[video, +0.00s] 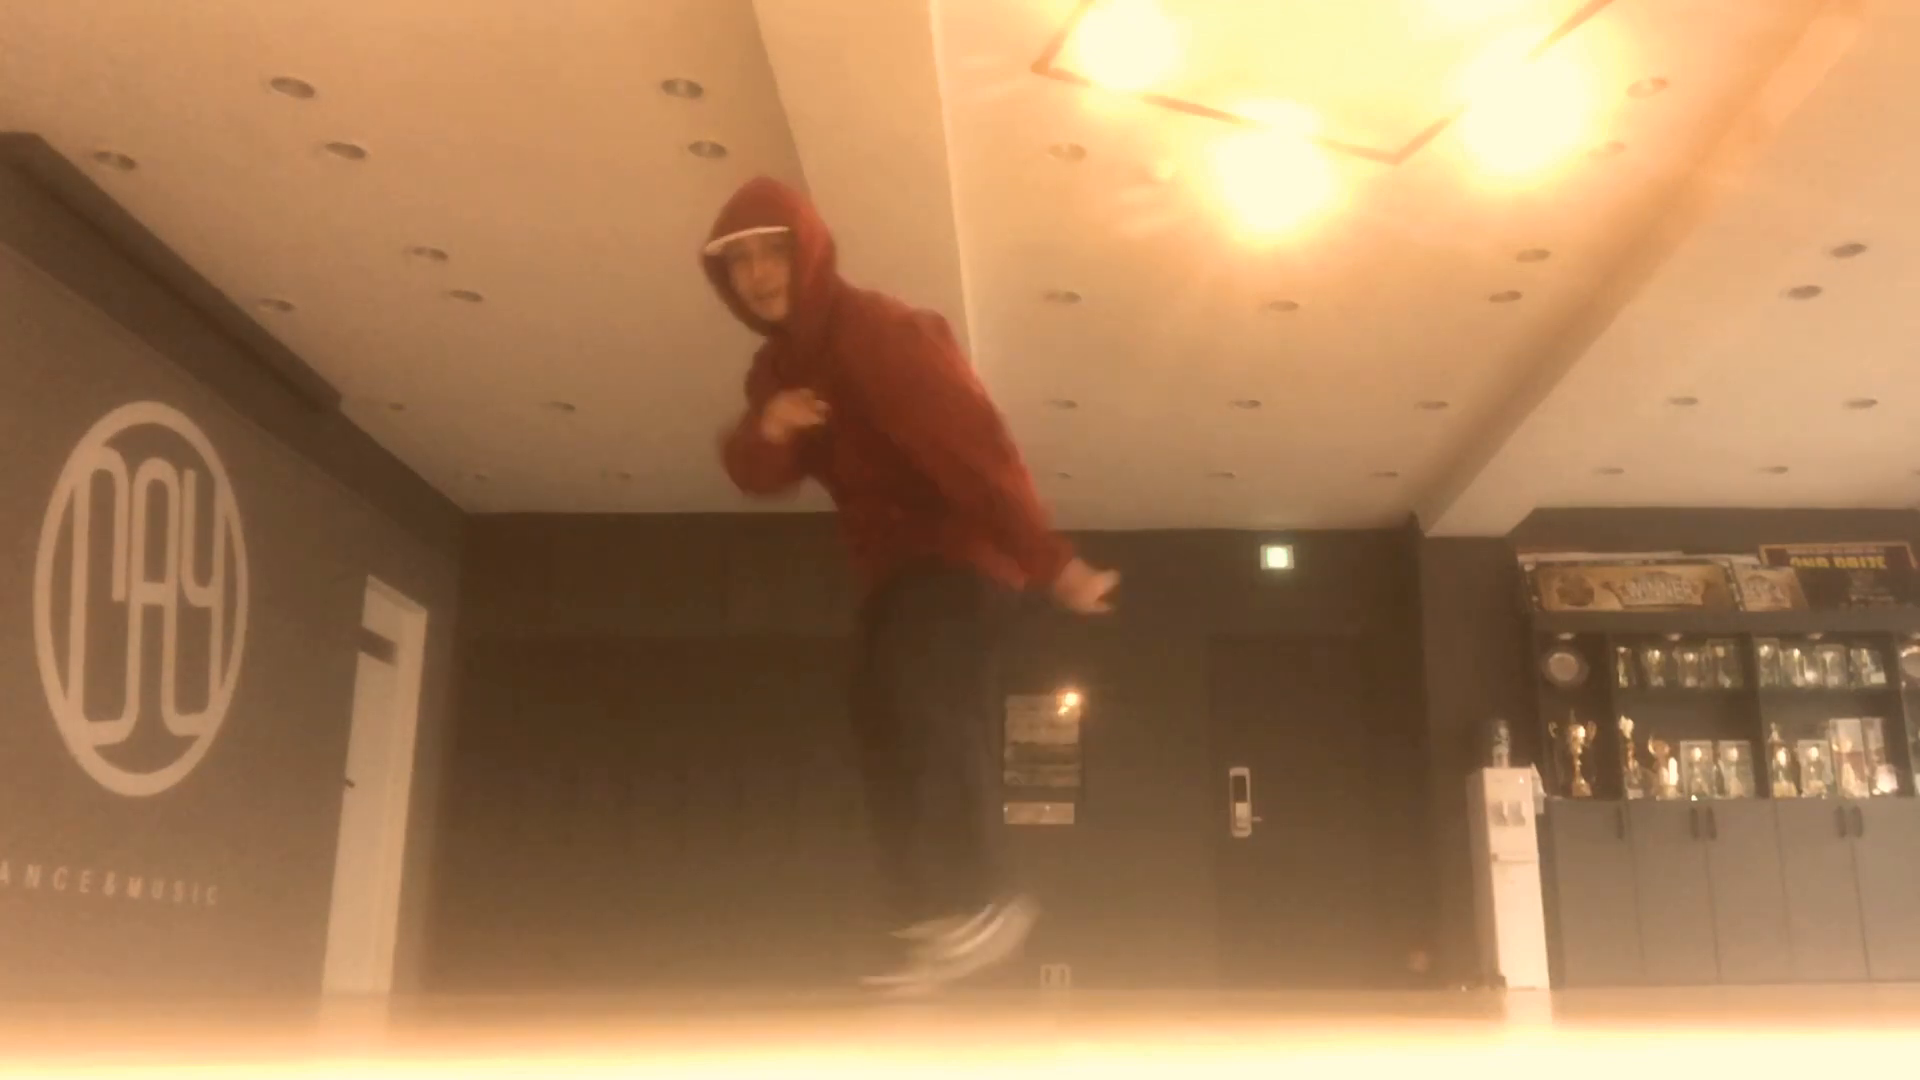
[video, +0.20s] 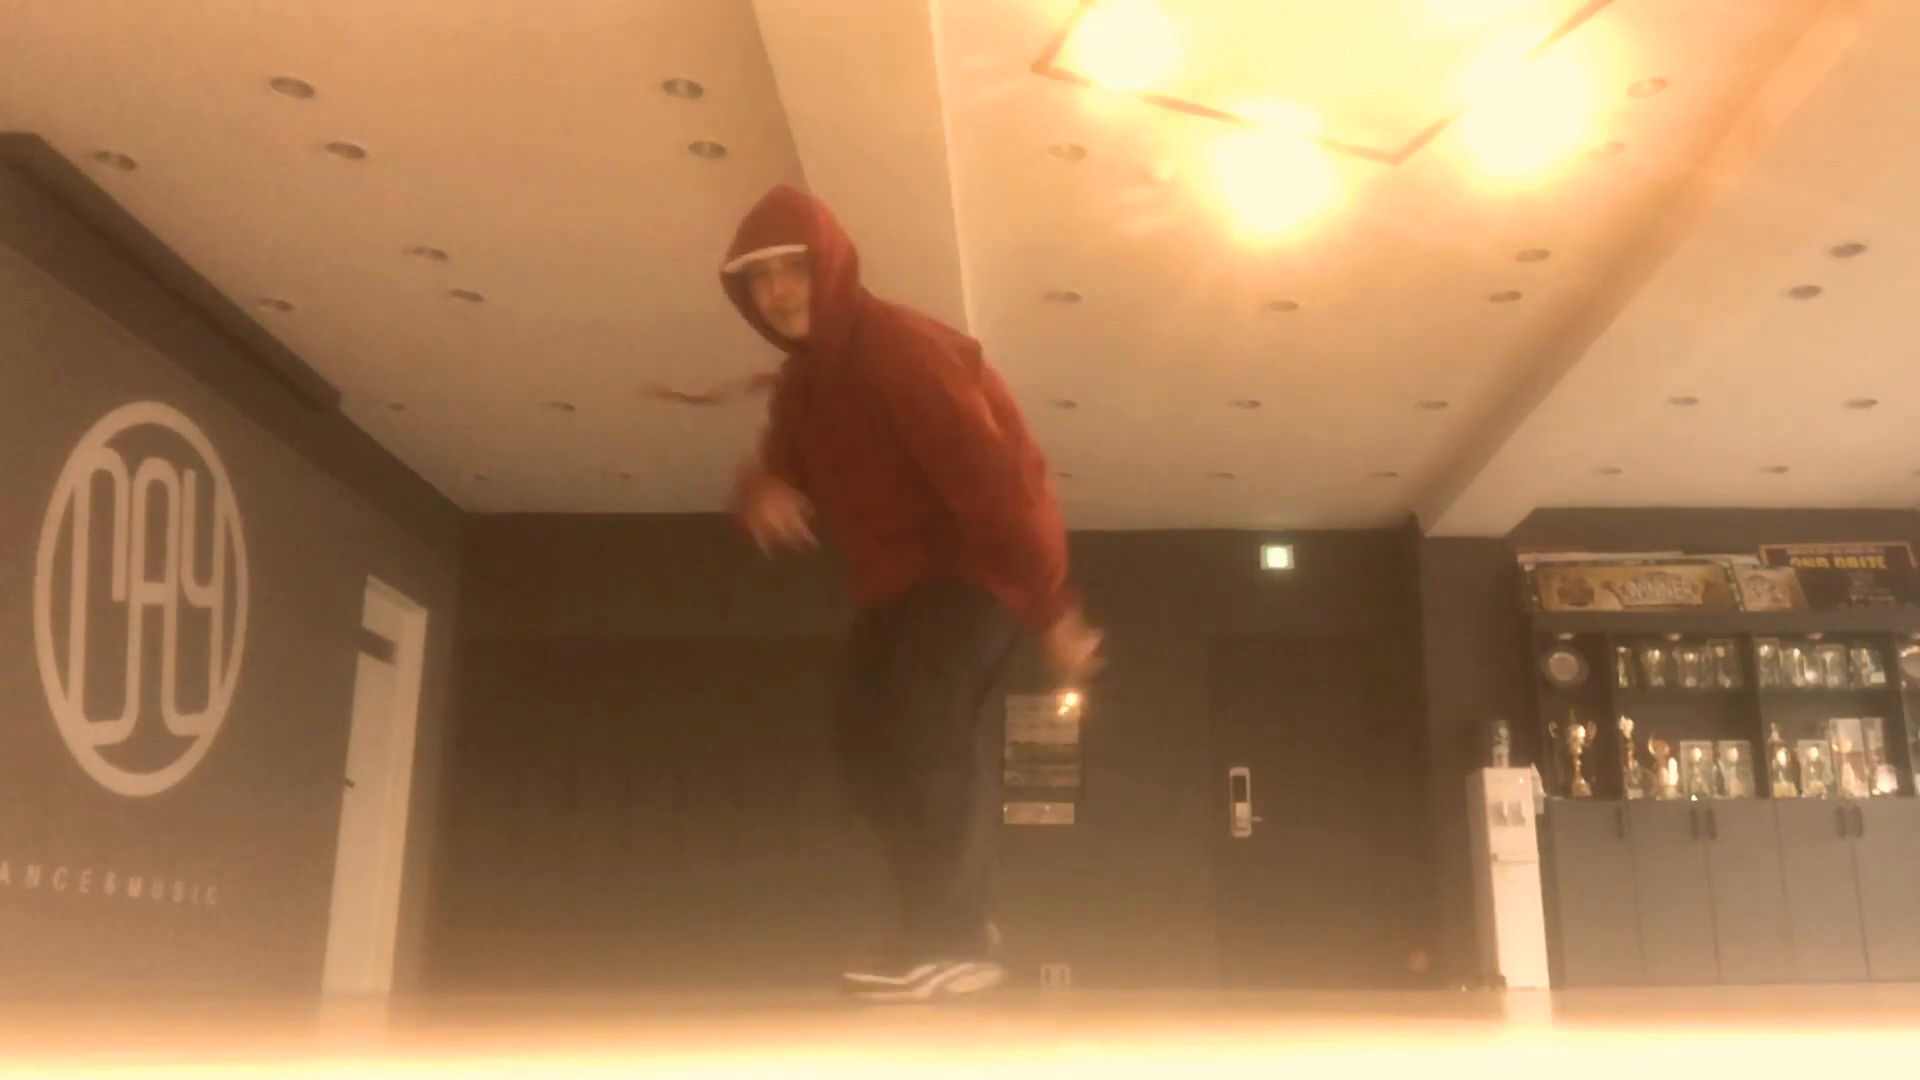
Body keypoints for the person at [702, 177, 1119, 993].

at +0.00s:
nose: (756, 276)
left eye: (770, 253)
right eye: (737, 262)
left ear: (809, 252)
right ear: (726, 281)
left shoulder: (881, 333)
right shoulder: (777, 366)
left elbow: (971, 448)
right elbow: (752, 474)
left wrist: (1053, 562)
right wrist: (768, 431)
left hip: (966, 551)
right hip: (899, 561)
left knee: (919, 693)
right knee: (881, 707)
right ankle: (925, 913)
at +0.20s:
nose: (774, 295)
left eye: (791, 272)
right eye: (756, 281)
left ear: (831, 268)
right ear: (745, 293)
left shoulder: (904, 347)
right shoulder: (806, 376)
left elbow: (990, 476)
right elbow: (777, 465)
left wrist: (1053, 608)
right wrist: (767, 490)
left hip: (980, 567)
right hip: (901, 574)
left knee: (922, 722)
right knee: (869, 727)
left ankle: (956, 941)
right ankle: (943, 929)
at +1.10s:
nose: (883, 286)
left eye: (900, 264)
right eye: (865, 271)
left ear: (937, 268)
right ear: (849, 287)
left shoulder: (990, 356)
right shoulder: (892, 383)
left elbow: (1028, 516)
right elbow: (876, 525)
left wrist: (1047, 655)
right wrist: (807, 518)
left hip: (1026, 586)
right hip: (959, 590)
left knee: (936, 751)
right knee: (905, 753)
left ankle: (975, 946)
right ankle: (1031, 861)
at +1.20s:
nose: (892, 291)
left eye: (909, 270)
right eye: (876, 277)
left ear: (945, 274)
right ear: (861, 291)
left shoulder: (1001, 358)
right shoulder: (896, 378)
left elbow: (1071, 492)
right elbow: (824, 442)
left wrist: (1111, 632)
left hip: (1031, 589)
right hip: (970, 593)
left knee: (943, 716)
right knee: (964, 765)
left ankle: (970, 932)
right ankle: (1063, 928)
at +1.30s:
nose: (893, 298)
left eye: (910, 278)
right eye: (877, 283)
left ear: (948, 282)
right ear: (863, 295)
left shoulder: (1005, 369)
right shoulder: (894, 381)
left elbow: (1098, 500)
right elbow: (814, 404)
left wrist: (1155, 632)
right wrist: (746, 373)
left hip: (1049, 594)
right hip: (988, 597)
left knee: (969, 741)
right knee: (1003, 781)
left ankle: (970, 937)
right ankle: (1073, 947)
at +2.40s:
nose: (1094, 371)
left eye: (1113, 363)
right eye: (1094, 348)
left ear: (1123, 366)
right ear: (1059, 317)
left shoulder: (1084, 406)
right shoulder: (959, 335)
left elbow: (1084, 534)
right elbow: (910, 460)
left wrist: (1130, 431)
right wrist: (918, 588)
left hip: (966, 587)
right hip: (851, 565)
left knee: (1026, 748)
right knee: (804, 736)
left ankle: (1000, 943)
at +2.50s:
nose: (1088, 423)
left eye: (1106, 417)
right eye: (1095, 402)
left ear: (1107, 415)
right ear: (1071, 362)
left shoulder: (1055, 446)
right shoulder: (958, 356)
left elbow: (1024, 574)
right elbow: (882, 471)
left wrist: (1103, 486)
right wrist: (880, 608)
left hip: (925, 597)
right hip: (809, 573)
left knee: (993, 736)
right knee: (757, 740)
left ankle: (1001, 941)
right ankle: (640, 932)